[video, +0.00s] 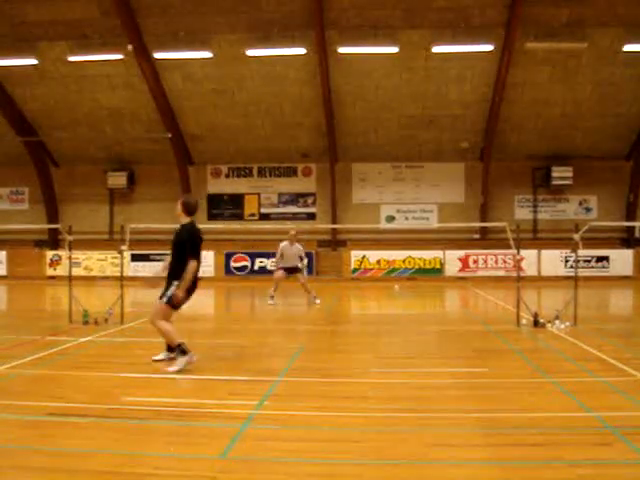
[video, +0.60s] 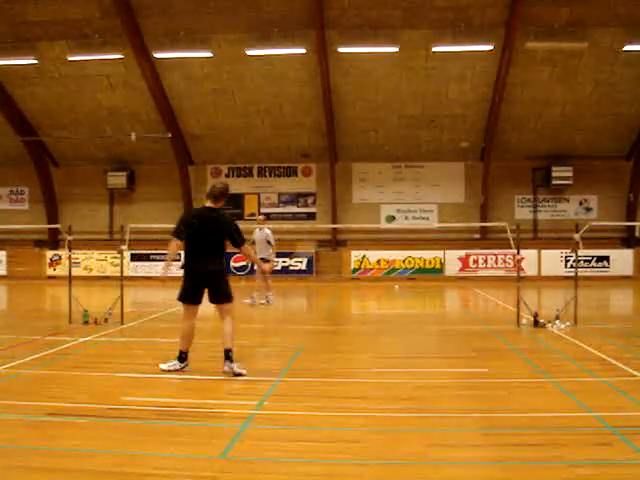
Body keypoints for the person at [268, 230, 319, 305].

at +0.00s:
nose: (292, 238)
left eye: (294, 236)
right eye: (291, 236)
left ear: (296, 237)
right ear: (288, 236)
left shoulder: (299, 247)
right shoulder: (283, 246)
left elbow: (303, 258)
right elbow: (278, 256)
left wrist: (303, 263)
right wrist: (275, 262)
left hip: (295, 266)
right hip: (284, 266)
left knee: (303, 282)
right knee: (277, 277)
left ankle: (313, 296)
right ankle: (272, 296)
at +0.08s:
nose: (286, 235)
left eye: (288, 233)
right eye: (285, 233)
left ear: (290, 234)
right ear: (282, 233)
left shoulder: (294, 244)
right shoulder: (277, 243)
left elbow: (299, 256)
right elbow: (273, 254)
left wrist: (300, 267)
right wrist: (271, 264)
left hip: (291, 265)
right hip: (279, 266)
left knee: (299, 281)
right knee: (274, 276)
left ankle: (311, 296)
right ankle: (270, 296)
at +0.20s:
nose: (278, 227)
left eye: (280, 225)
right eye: (277, 225)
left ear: (283, 227)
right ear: (275, 226)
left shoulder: (285, 237)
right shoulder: (269, 236)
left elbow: (292, 250)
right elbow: (266, 247)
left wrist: (293, 262)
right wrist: (265, 257)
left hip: (283, 260)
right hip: (273, 260)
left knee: (290, 279)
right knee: (270, 278)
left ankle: (304, 292)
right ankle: (270, 297)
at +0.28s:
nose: (275, 224)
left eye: (277, 223)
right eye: (274, 222)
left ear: (279, 224)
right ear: (272, 223)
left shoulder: (281, 234)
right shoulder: (267, 233)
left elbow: (286, 246)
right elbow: (262, 245)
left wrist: (287, 257)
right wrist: (261, 257)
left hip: (280, 257)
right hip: (270, 258)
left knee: (282, 276)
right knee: (270, 278)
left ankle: (297, 289)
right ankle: (270, 297)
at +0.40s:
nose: (269, 221)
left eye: (270, 219)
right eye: (267, 219)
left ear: (273, 220)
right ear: (265, 220)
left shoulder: (275, 231)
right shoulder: (261, 230)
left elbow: (280, 243)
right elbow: (258, 243)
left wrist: (275, 252)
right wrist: (254, 255)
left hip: (275, 253)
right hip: (266, 253)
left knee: (268, 273)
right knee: (268, 273)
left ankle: (278, 291)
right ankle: (271, 293)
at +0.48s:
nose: (267, 221)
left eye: (269, 219)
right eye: (266, 218)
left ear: (271, 220)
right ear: (264, 220)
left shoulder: (274, 231)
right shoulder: (260, 230)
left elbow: (279, 244)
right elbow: (257, 244)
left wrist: (274, 254)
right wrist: (253, 256)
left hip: (273, 255)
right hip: (264, 255)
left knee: (267, 274)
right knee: (266, 275)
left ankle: (273, 294)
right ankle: (269, 294)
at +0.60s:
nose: (259, 222)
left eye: (261, 220)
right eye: (258, 220)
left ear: (264, 222)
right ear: (257, 221)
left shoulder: (268, 232)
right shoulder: (255, 232)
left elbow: (273, 246)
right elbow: (252, 243)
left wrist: (273, 259)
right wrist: (251, 255)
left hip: (267, 258)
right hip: (258, 257)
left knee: (267, 278)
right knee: (258, 278)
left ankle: (269, 295)